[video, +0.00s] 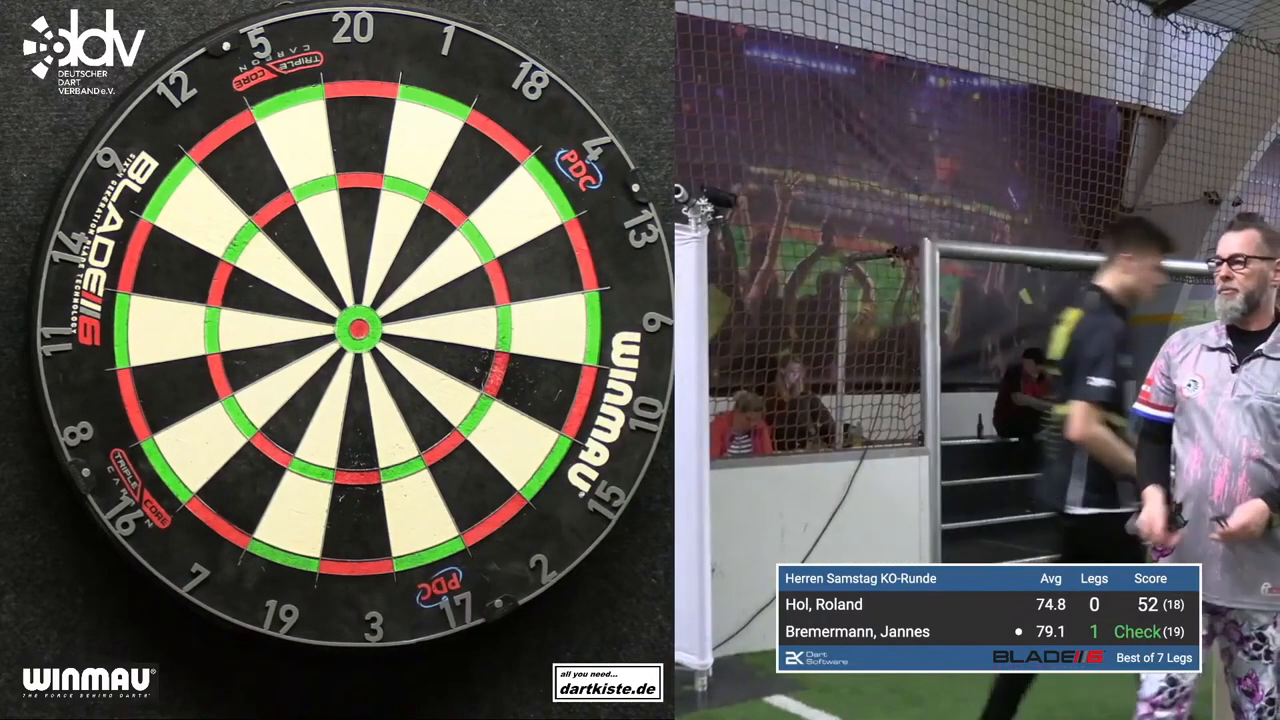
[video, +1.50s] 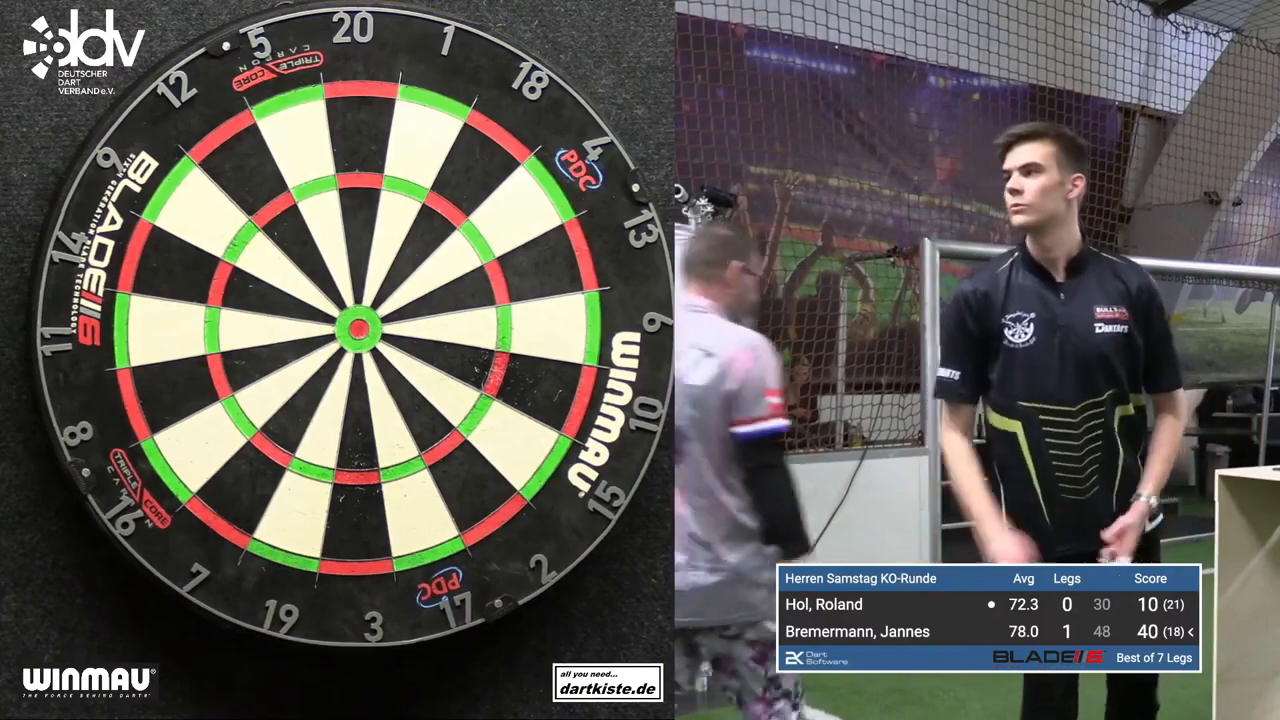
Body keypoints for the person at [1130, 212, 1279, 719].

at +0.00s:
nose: (1223, 271)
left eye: (1239, 261)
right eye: (1219, 262)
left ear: (1274, 272)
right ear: (1213, 271)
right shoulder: (1182, 347)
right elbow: (1152, 434)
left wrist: (1268, 507)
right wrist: (1153, 494)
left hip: (1262, 577)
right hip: (1179, 567)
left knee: (1258, 708)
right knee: (1159, 704)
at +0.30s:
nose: (1210, 269)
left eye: (1227, 260)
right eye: (1205, 260)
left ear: (1264, 274)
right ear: (1196, 270)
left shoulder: (1277, 360)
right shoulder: (1157, 345)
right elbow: (1122, 437)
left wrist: (1279, 515)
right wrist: (1118, 513)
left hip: (1247, 586)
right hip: (1154, 580)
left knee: (1239, 712)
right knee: (1136, 710)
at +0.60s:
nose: (1075, 194)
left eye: (1092, 181)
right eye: (1070, 185)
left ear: (1135, 195)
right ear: (1064, 198)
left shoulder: (1180, 299)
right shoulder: (1036, 296)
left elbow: (1219, 413)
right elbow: (1003, 415)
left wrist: (1182, 504)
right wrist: (989, 522)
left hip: (1145, 540)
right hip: (1061, 539)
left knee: (1137, 698)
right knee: (1060, 695)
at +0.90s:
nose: (1027, 187)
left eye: (1044, 174)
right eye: (1021, 178)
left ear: (1089, 187)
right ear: (1015, 193)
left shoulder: (1143, 286)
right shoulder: (994, 297)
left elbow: (1192, 396)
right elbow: (962, 427)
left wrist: (1174, 495)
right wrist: (926, 538)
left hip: (1135, 531)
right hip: (1048, 537)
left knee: (1144, 693)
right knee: (1055, 695)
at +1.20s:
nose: (999, 188)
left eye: (1016, 174)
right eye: (994, 179)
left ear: (1062, 187)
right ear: (990, 195)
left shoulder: (1124, 283)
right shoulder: (974, 304)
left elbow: (1180, 391)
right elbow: (936, 435)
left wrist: (1166, 490)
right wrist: (886, 551)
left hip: (1131, 529)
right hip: (1042, 538)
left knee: (1151, 684)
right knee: (1050, 695)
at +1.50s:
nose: (1012, 186)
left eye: (1030, 172)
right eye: (1008, 176)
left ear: (1074, 186)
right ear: (1004, 190)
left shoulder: (1131, 289)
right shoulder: (979, 299)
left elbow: (1171, 411)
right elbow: (953, 431)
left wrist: (1141, 508)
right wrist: (995, 535)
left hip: (1125, 543)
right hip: (1034, 551)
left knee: (1136, 697)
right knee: (1048, 700)